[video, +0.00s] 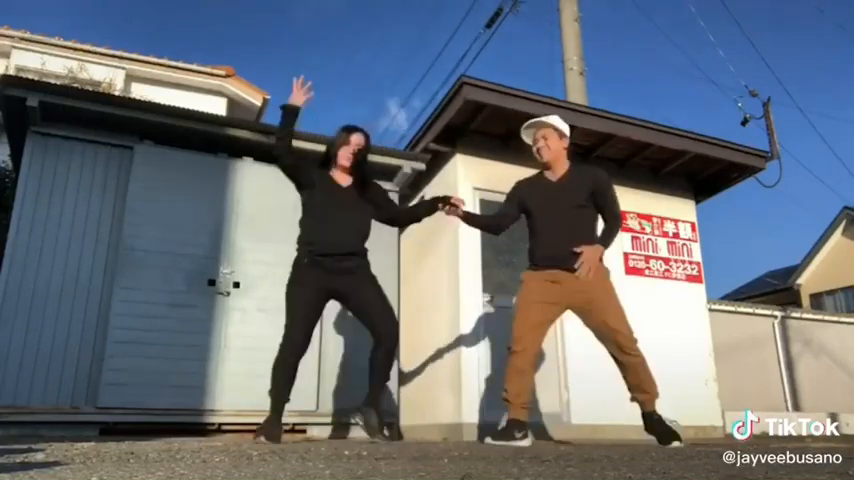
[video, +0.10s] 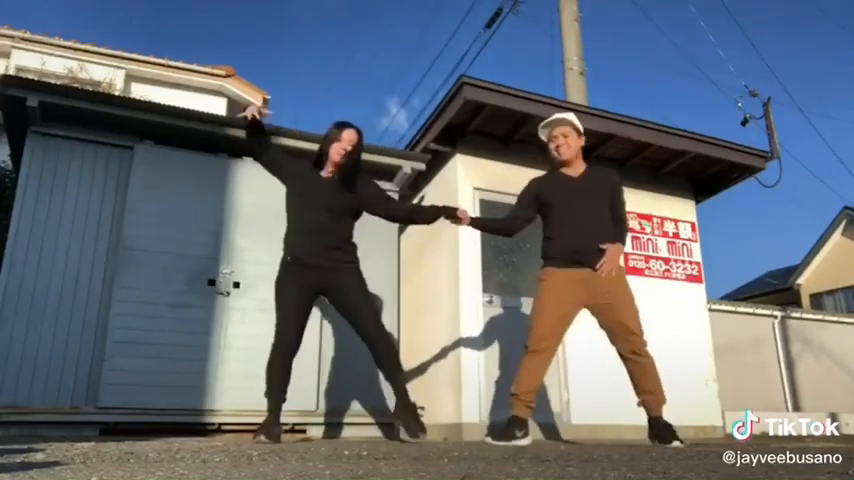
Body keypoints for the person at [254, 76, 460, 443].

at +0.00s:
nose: (352, 153)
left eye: (358, 150)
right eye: (348, 146)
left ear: (363, 156)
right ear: (335, 147)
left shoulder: (368, 190)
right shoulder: (311, 177)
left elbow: (399, 217)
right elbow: (281, 153)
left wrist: (436, 203)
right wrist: (292, 108)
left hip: (354, 273)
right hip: (311, 271)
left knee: (387, 332)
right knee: (294, 342)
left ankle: (372, 408)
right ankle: (275, 418)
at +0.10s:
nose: (345, 150)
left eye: (352, 148)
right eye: (341, 143)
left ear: (356, 154)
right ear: (327, 142)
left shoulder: (360, 186)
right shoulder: (296, 171)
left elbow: (399, 212)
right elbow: (260, 148)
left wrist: (444, 212)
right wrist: (253, 121)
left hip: (342, 272)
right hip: (297, 269)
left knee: (376, 336)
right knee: (285, 342)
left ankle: (404, 404)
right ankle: (272, 420)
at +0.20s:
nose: (342, 147)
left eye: (348, 144)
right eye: (337, 140)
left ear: (351, 151)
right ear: (322, 141)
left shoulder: (351, 180)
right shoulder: (294, 169)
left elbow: (396, 208)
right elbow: (270, 148)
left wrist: (445, 216)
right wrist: (255, 124)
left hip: (333, 270)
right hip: (291, 269)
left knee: (362, 339)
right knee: (282, 342)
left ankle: (403, 408)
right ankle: (271, 421)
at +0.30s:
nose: (339, 146)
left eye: (345, 142)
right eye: (334, 139)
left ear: (349, 148)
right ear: (319, 139)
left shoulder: (350, 179)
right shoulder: (298, 165)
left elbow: (395, 199)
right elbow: (281, 145)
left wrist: (445, 206)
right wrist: (268, 122)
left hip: (331, 269)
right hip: (289, 268)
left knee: (360, 336)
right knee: (282, 342)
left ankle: (404, 405)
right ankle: (271, 420)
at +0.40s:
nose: (342, 143)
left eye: (347, 140)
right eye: (336, 136)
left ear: (350, 146)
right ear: (321, 137)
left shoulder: (352, 177)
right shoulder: (302, 161)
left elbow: (401, 194)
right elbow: (288, 133)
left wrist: (450, 202)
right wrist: (277, 107)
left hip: (336, 268)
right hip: (294, 267)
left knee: (365, 336)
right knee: (284, 343)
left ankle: (406, 408)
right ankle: (271, 420)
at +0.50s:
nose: (351, 143)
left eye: (357, 140)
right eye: (347, 135)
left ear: (361, 147)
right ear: (330, 134)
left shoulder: (361, 179)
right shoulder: (306, 155)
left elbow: (409, 198)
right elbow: (291, 125)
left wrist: (456, 201)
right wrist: (279, 97)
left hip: (347, 266)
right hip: (303, 265)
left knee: (376, 334)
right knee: (289, 342)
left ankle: (407, 407)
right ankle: (272, 420)